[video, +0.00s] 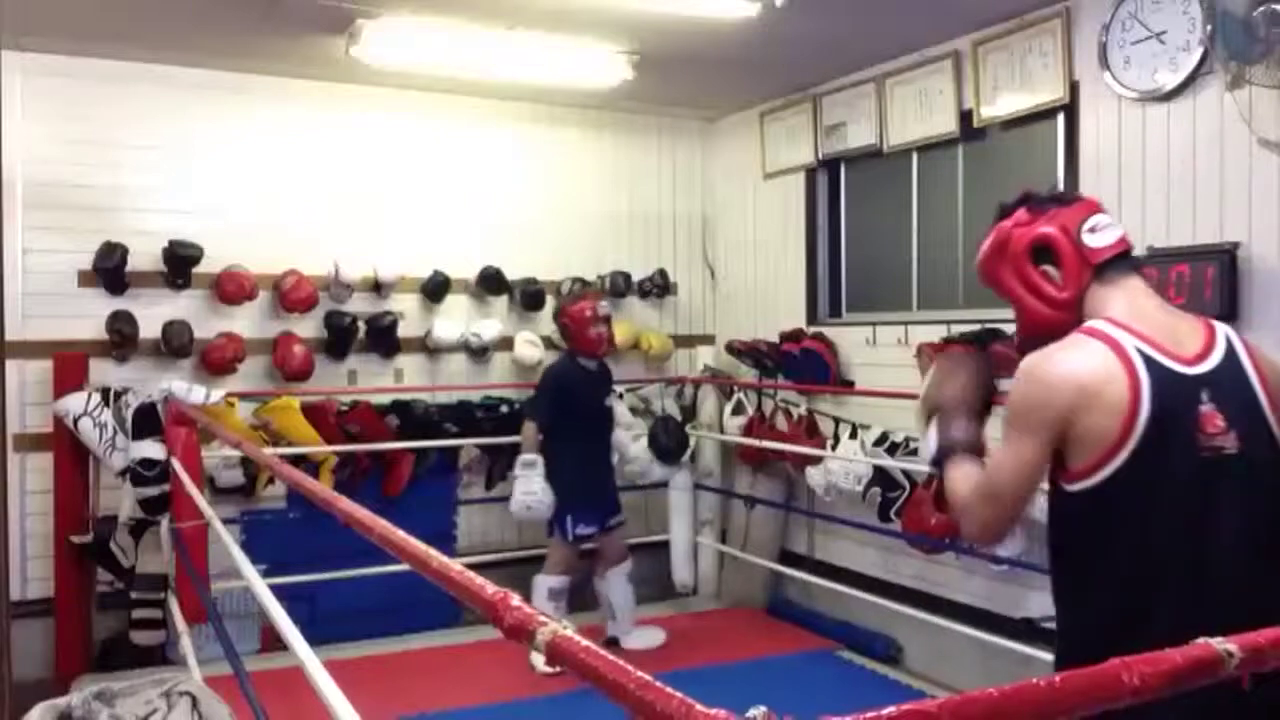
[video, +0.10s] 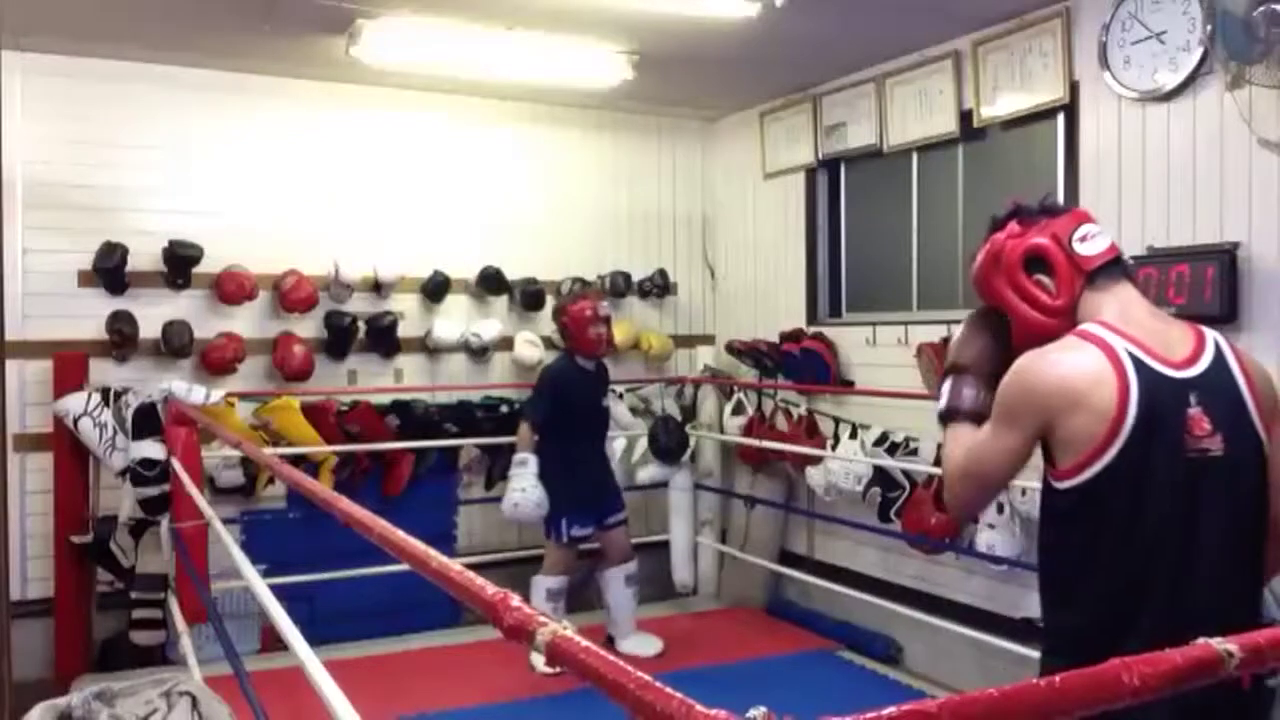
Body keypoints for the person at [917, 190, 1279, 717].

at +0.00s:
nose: (1017, 316)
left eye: (1015, 294)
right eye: (1010, 297)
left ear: (1049, 269)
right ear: (1114, 250)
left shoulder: (1061, 372)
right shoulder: (1247, 357)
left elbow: (980, 521)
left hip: (1122, 699)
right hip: (1255, 689)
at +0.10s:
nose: (1014, 320)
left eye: (1011, 303)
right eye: (1006, 306)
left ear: (1041, 279)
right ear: (1108, 257)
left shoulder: (1051, 374)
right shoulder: (1244, 370)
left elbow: (961, 493)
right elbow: (1268, 536)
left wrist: (965, 376)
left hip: (1100, 698)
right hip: (1233, 690)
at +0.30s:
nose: (1021, 313)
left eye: (1018, 296)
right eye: (1012, 300)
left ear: (1043, 276)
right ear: (1112, 260)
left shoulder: (1049, 356)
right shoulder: (1223, 373)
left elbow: (958, 479)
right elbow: (1264, 529)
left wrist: (958, 374)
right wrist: (1230, 617)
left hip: (1072, 678)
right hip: (1193, 674)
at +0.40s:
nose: (1025, 307)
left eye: (1023, 288)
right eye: (1019, 290)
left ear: (1046, 270)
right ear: (1116, 260)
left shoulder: (1051, 352)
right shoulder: (1214, 373)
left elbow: (958, 476)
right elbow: (1258, 531)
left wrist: (937, 384)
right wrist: (1249, 640)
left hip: (1060, 675)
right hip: (1172, 677)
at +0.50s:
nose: (1027, 295)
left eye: (1029, 276)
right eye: (1025, 278)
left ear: (1052, 267)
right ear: (1124, 266)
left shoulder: (1048, 354)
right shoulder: (1203, 374)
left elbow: (957, 481)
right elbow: (1252, 530)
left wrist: (907, 412)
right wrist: (1260, 628)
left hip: (1050, 677)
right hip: (1164, 675)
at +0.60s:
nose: (1031, 290)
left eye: (1033, 269)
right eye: (1032, 272)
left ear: (1051, 262)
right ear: (1127, 267)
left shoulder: (1046, 348)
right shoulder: (1193, 369)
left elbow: (957, 479)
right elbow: (1233, 523)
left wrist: (868, 433)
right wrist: (1264, 631)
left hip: (1043, 669)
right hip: (1155, 671)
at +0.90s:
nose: (985, 274)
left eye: (989, 258)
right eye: (988, 259)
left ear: (1005, 261)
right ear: (1083, 260)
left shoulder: (992, 346)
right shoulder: (1133, 356)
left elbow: (970, 487)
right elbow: (1138, 491)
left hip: (1021, 658)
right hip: (1127, 655)